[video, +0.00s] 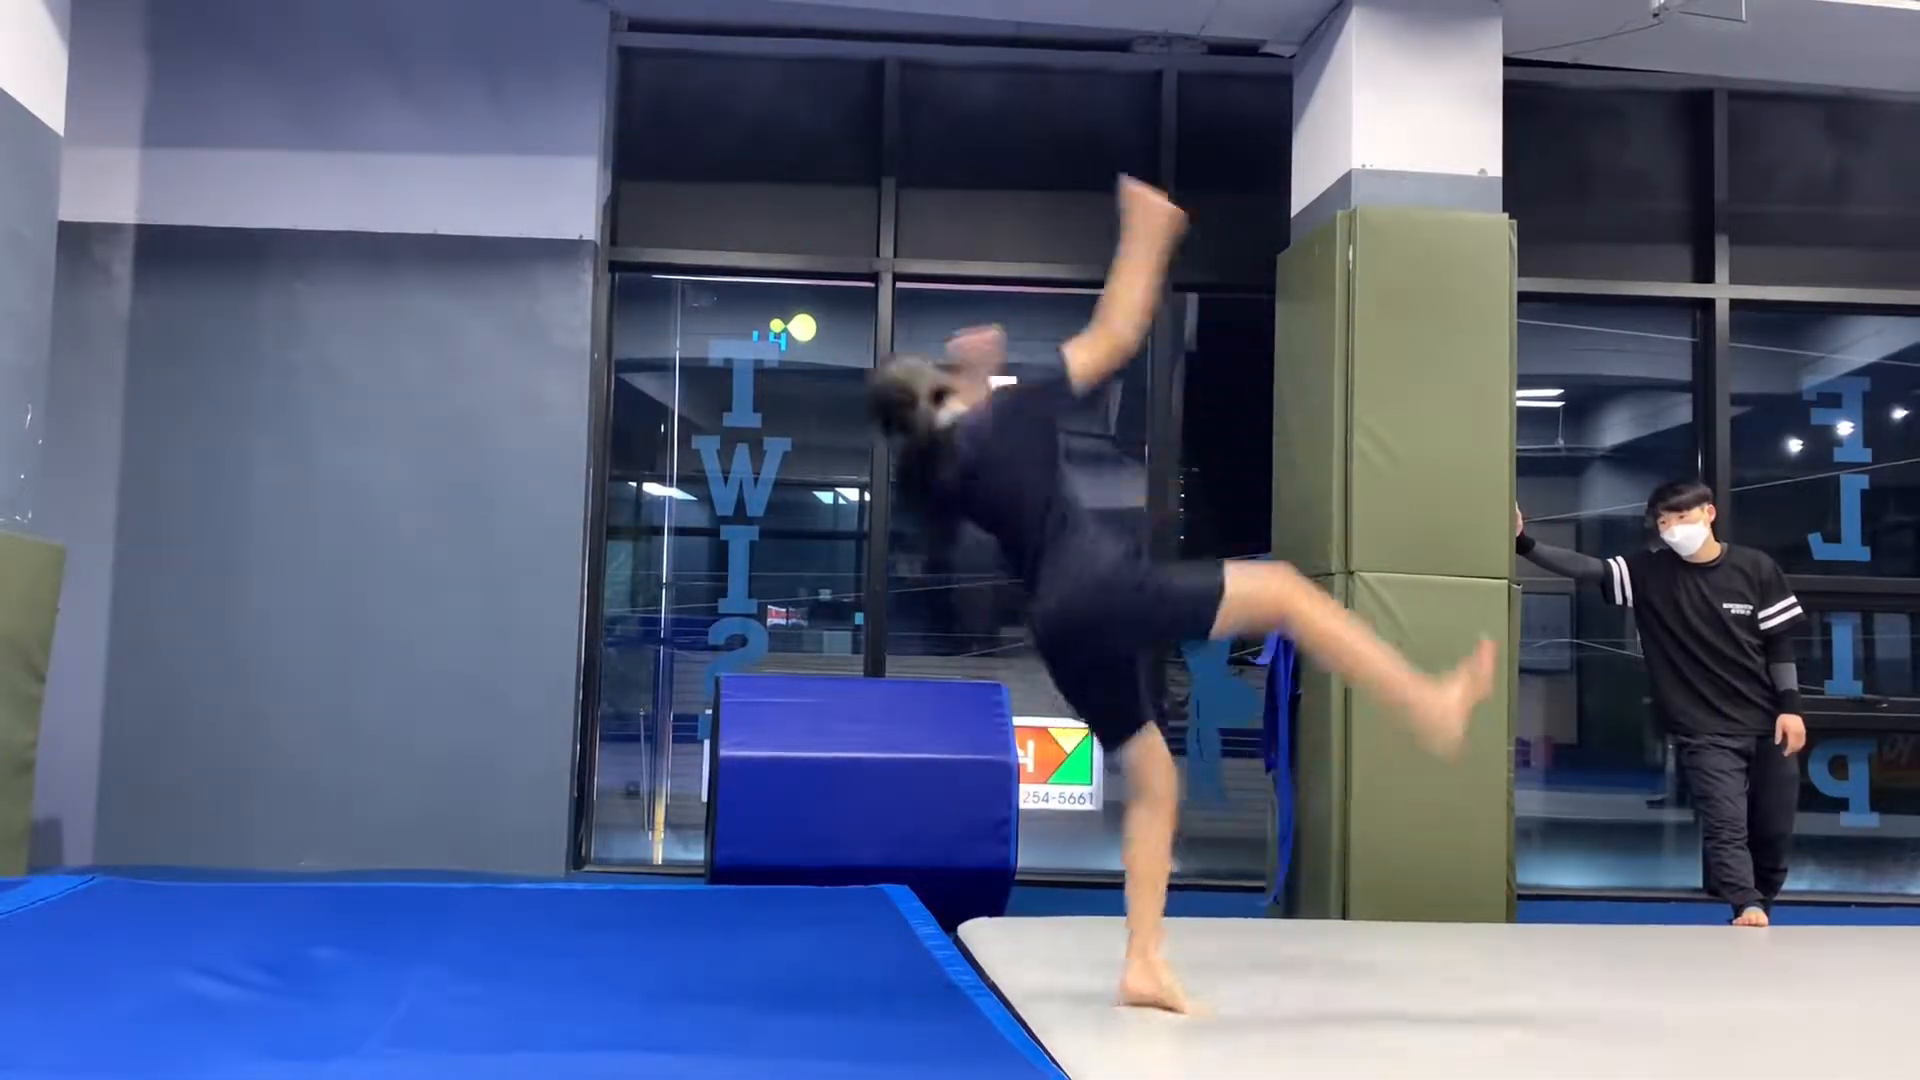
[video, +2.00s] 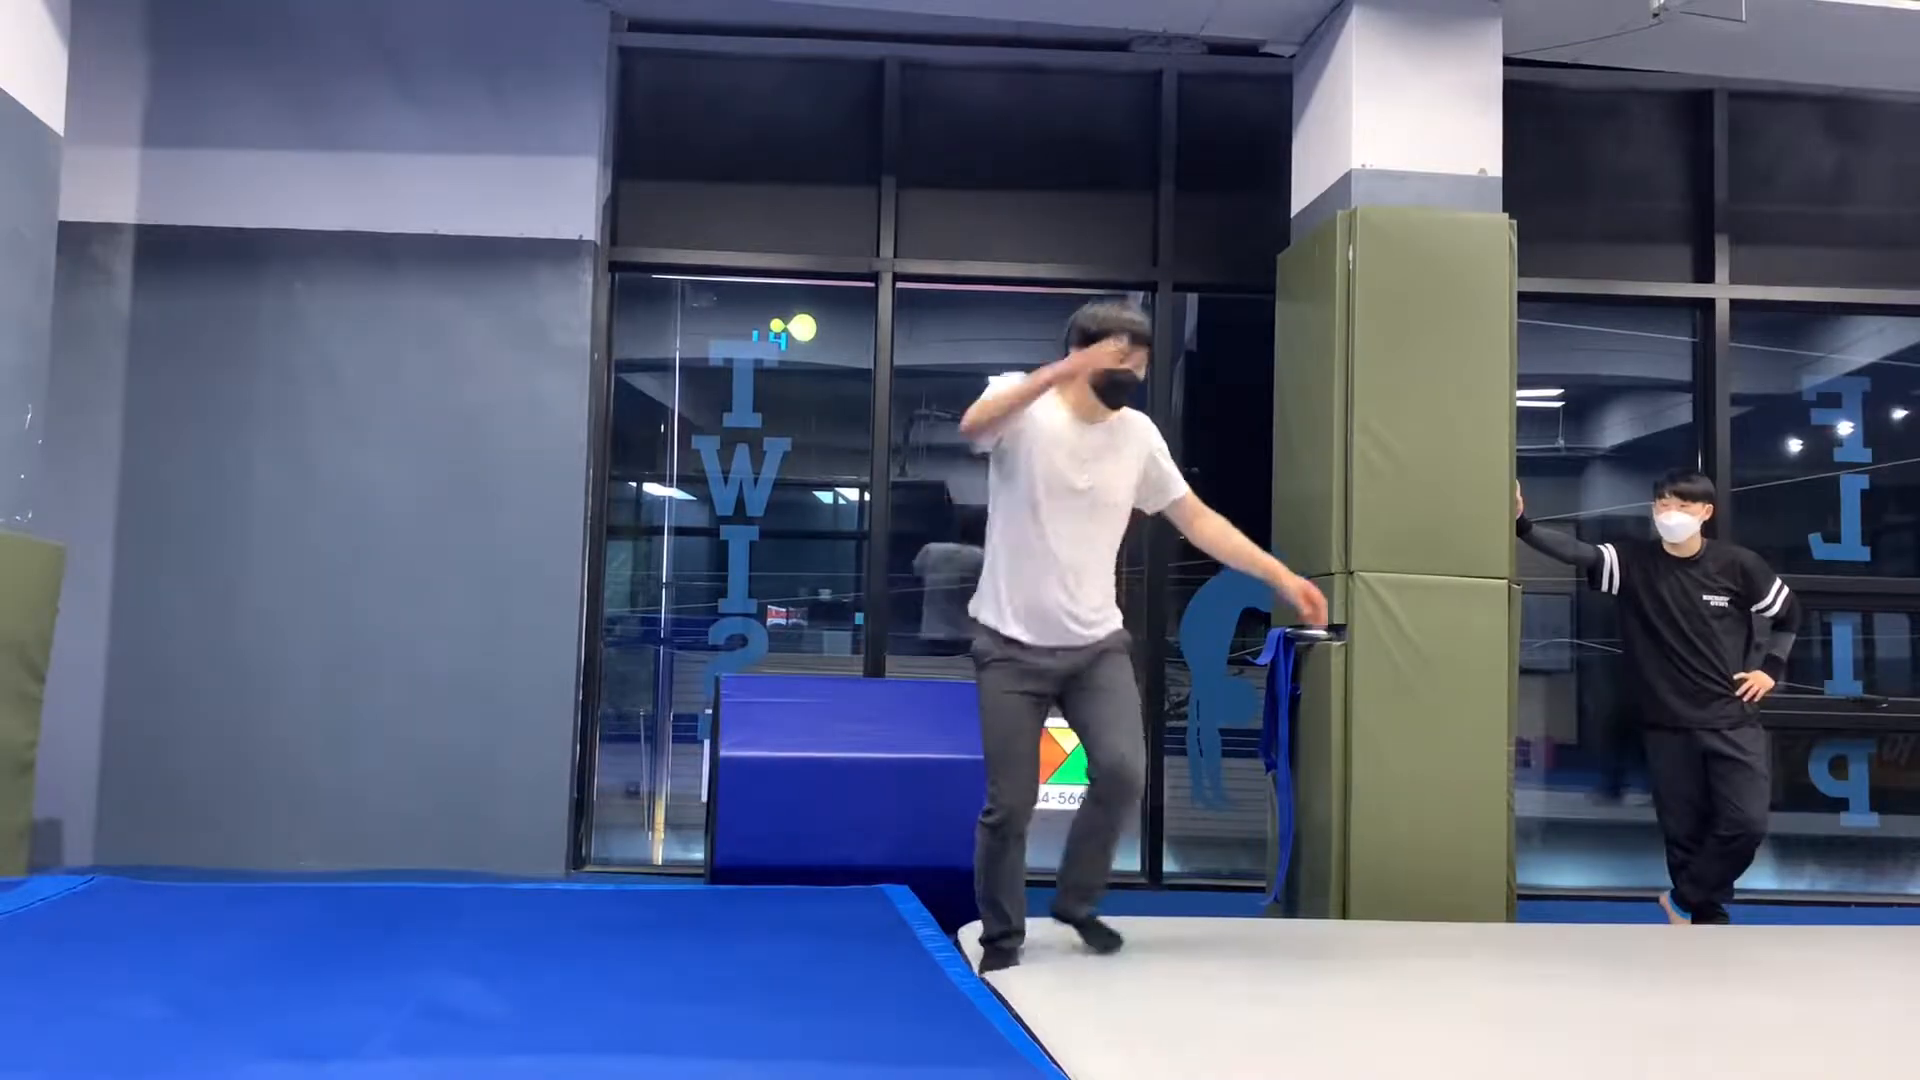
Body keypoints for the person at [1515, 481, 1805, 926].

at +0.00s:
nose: (1670, 524)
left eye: (1681, 513)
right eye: (1663, 517)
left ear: (1709, 513)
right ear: (1656, 525)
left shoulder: (1755, 568)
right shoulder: (1649, 570)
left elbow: (1780, 645)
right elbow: (1587, 568)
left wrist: (1790, 707)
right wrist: (1525, 544)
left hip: (1766, 724)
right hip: (1703, 727)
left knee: (1776, 829)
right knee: (1725, 818)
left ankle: (1759, 901)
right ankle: (1747, 907)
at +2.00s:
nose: (1667, 509)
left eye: (1680, 503)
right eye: (1663, 501)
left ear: (1705, 512)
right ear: (1654, 507)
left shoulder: (1738, 565)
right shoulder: (1634, 560)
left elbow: (1788, 615)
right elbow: (1577, 550)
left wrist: (1770, 669)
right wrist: (1524, 526)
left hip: (1731, 717)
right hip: (1667, 720)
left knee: (1747, 823)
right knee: (1682, 830)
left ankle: (1683, 900)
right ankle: (1713, 927)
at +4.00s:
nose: (1663, 511)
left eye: (1675, 501)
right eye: (1657, 502)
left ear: (1701, 507)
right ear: (1649, 510)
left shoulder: (1741, 564)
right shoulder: (1634, 562)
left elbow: (1790, 615)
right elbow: (1576, 553)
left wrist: (1771, 669)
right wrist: (1523, 525)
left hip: (1733, 719)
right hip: (1668, 724)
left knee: (1748, 824)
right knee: (1683, 834)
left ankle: (1685, 899)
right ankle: (1716, 930)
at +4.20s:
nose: (1661, 511)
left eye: (1674, 502)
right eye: (1656, 502)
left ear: (1700, 509)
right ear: (1648, 510)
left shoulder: (1740, 565)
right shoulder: (1633, 562)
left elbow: (1789, 614)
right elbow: (1575, 554)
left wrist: (1771, 670)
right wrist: (1524, 526)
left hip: (1732, 718)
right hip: (1668, 723)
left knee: (1748, 825)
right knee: (1683, 835)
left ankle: (1684, 899)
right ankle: (1716, 932)